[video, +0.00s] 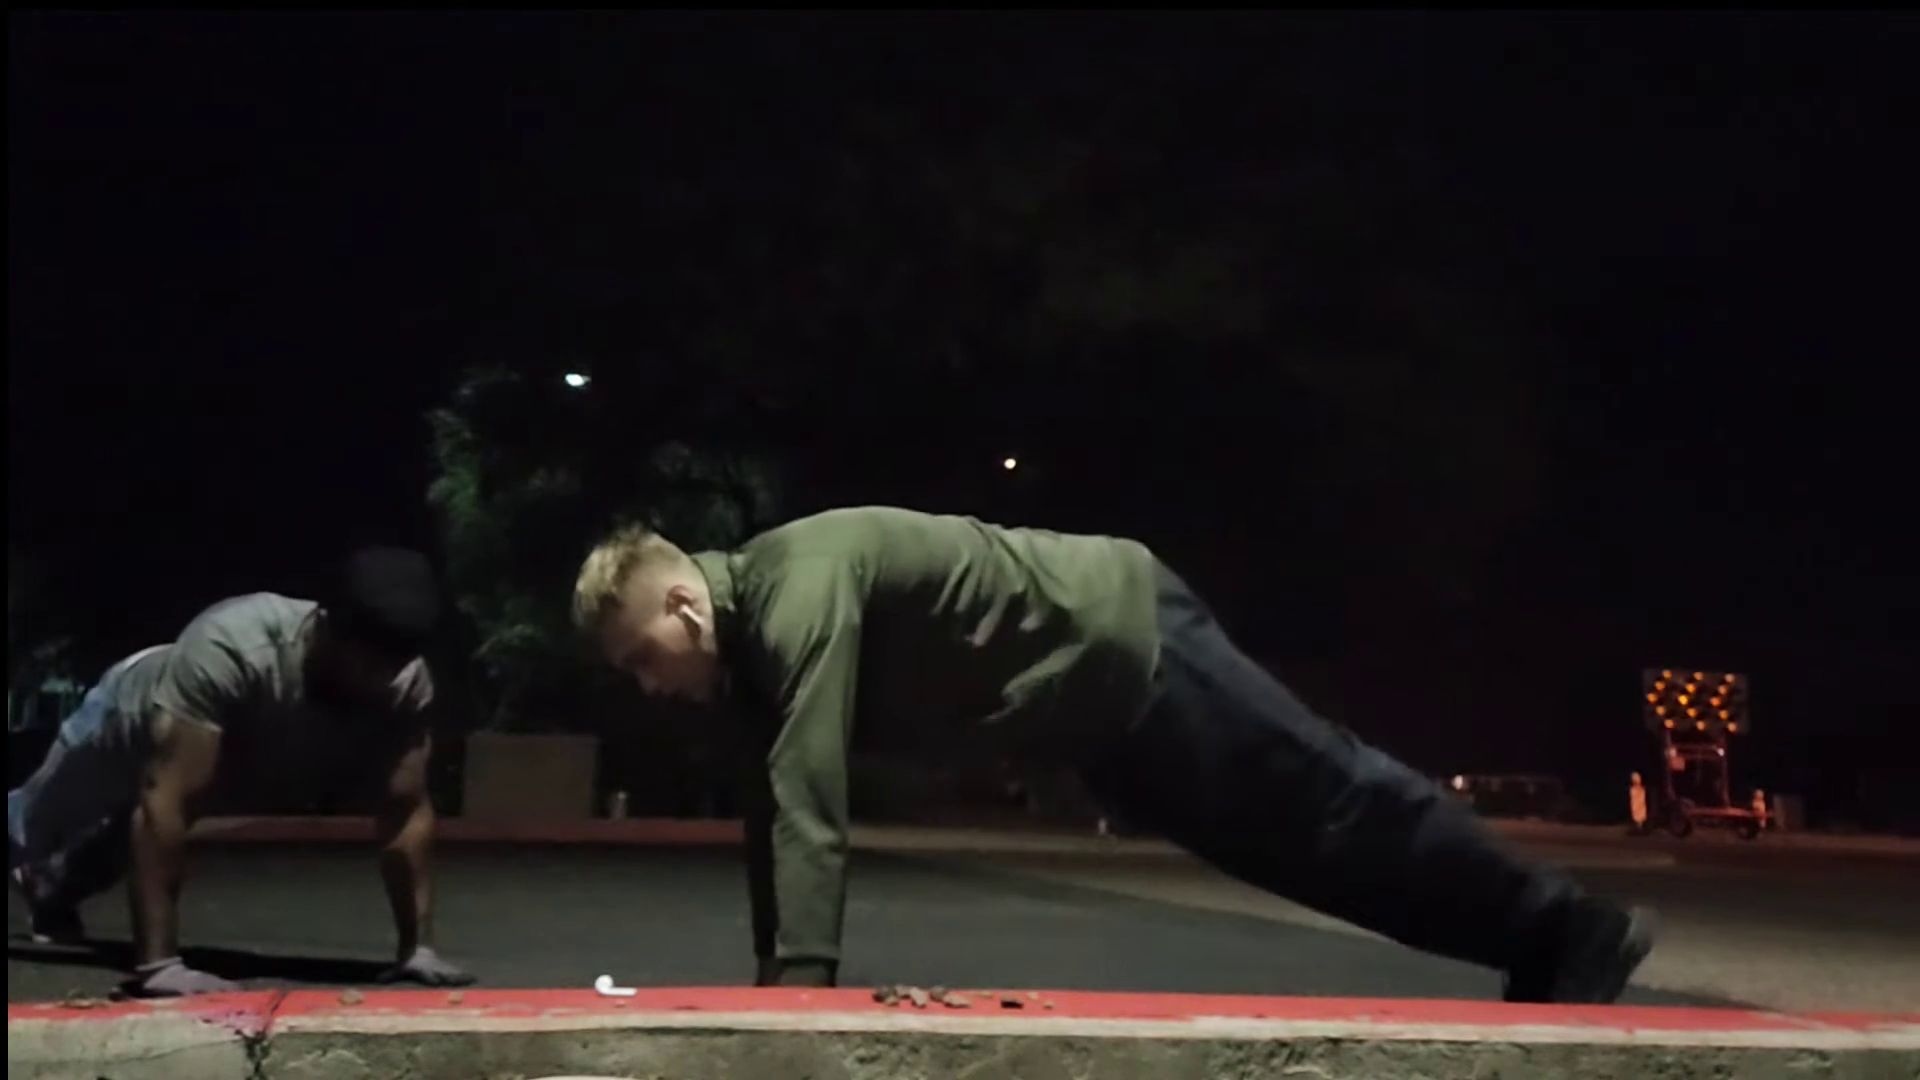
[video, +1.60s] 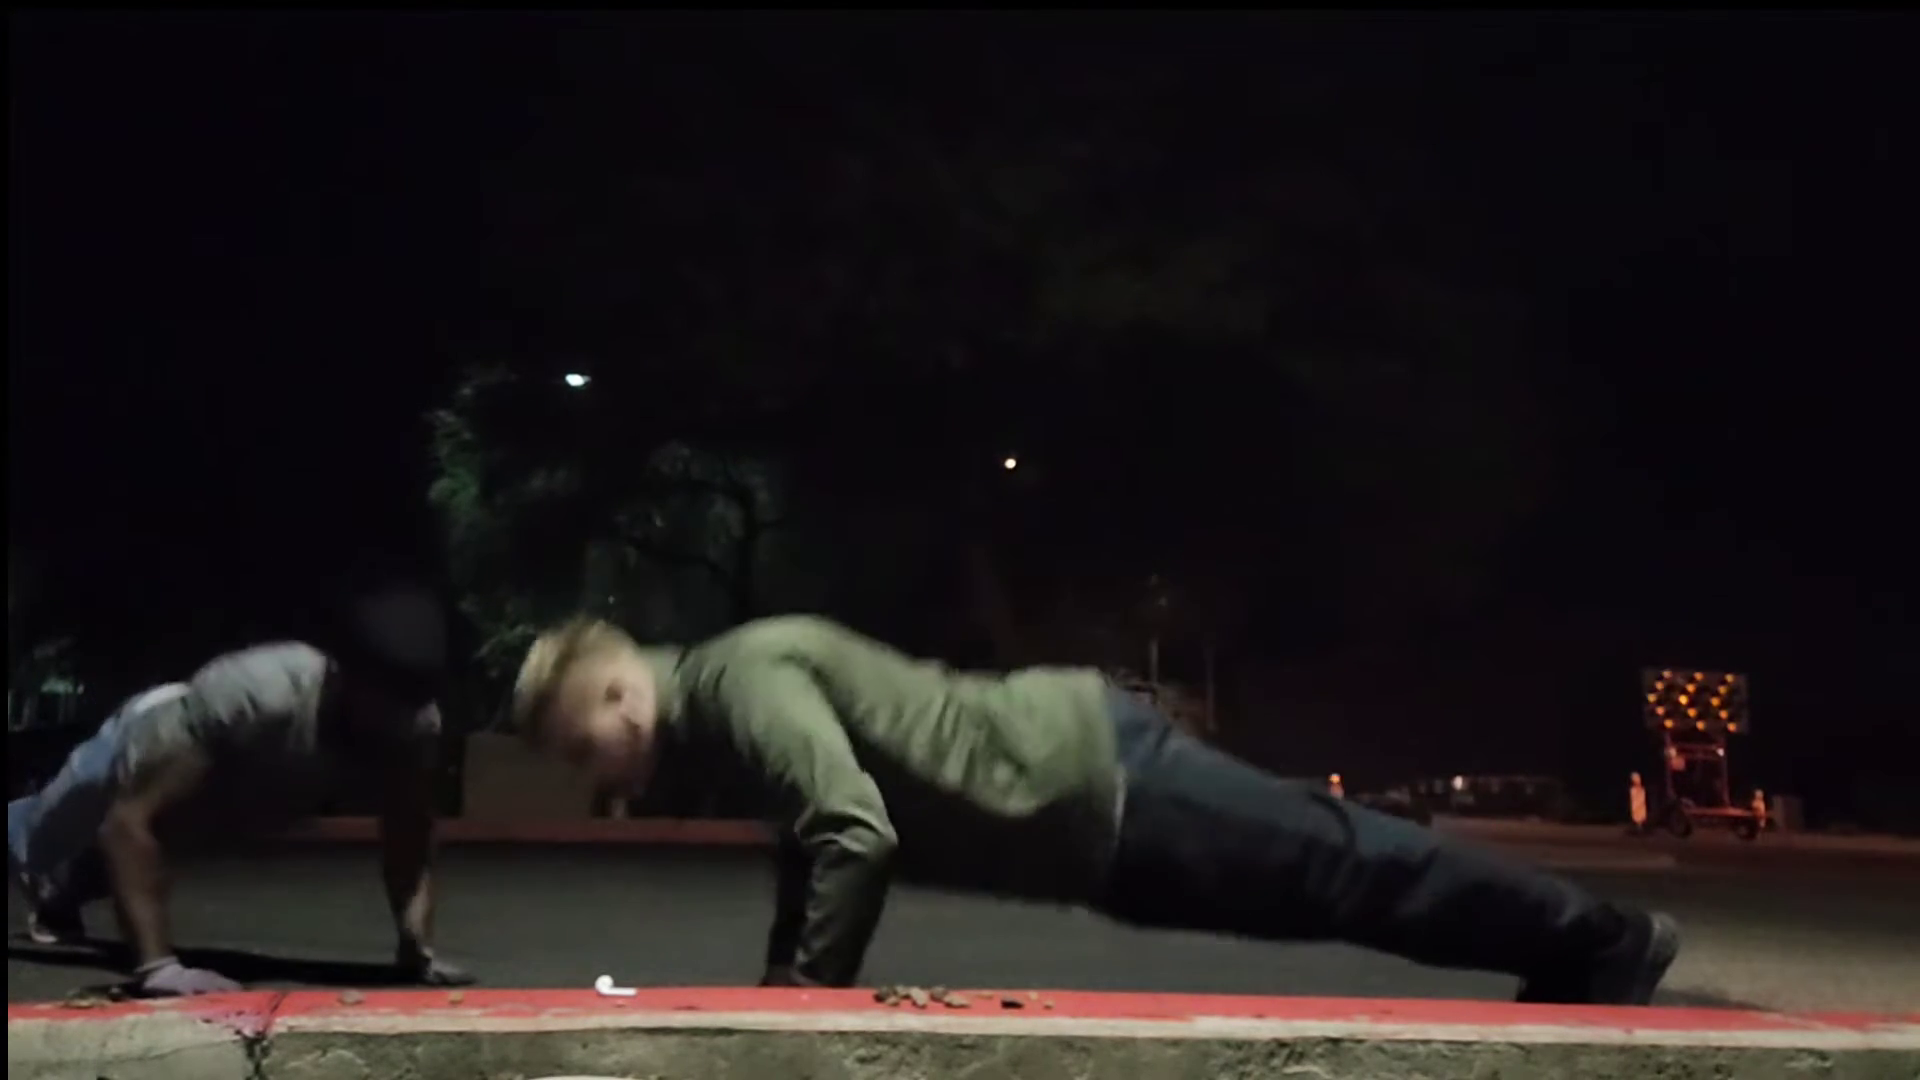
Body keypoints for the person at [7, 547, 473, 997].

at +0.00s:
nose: (393, 668)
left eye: (404, 654)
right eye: (379, 648)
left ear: (412, 650)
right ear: (333, 628)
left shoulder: (405, 686)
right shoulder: (228, 650)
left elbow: (408, 813)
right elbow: (161, 805)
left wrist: (417, 949)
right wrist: (158, 961)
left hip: (217, 750)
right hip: (127, 727)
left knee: (116, 848)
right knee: (35, 821)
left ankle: (54, 892)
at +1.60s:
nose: (403, 706)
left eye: (414, 691)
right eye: (392, 688)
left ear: (425, 688)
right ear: (355, 672)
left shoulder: (415, 727)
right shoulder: (260, 696)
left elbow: (410, 840)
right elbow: (128, 818)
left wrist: (416, 949)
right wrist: (156, 962)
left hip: (217, 768)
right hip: (144, 742)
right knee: (41, 827)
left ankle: (61, 896)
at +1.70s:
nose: (414, 755)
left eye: (424, 741)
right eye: (407, 737)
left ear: (426, 735)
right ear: (372, 720)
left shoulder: (398, 756)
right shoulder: (270, 743)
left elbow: (411, 845)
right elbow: (113, 827)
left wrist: (416, 947)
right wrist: (155, 962)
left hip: (211, 817)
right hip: (144, 781)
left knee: (96, 871)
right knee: (36, 857)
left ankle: (61, 903)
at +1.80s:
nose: (439, 813)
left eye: (443, 794)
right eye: (427, 790)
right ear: (387, 769)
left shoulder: (398, 798)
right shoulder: (278, 790)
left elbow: (414, 863)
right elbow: (107, 838)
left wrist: (415, 953)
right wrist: (154, 963)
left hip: (206, 836)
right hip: (134, 823)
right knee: (38, 864)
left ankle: (60, 903)